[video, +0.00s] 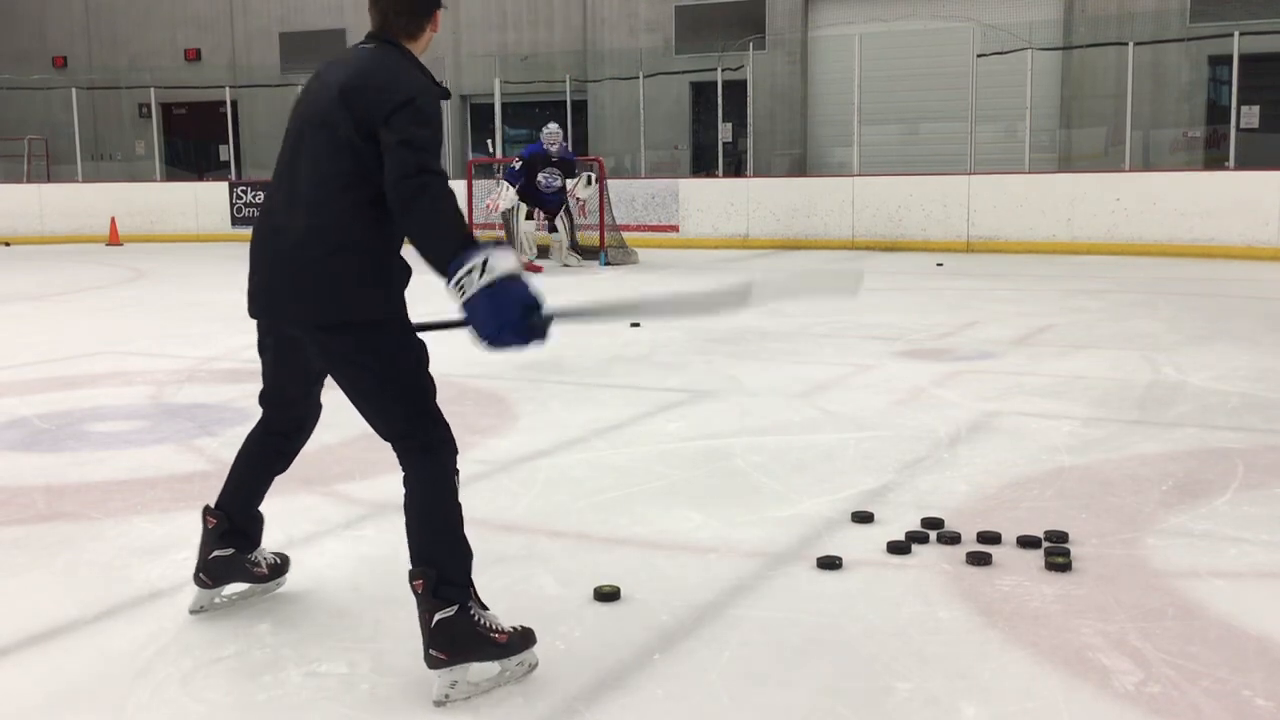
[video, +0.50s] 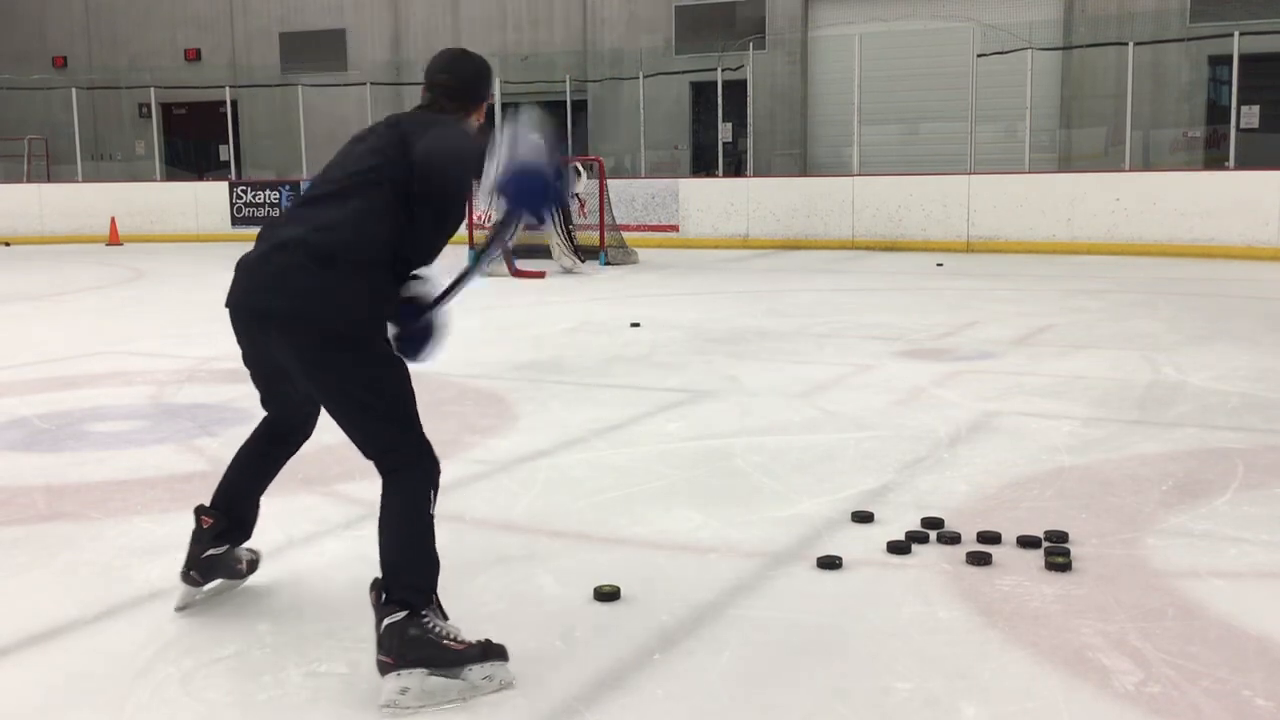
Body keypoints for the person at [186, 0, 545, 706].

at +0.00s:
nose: (439, 26)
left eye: (434, 16)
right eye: (439, 17)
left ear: (375, 16)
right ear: (431, 23)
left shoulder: (331, 74)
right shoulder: (405, 84)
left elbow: (318, 187)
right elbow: (417, 189)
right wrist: (475, 271)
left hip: (280, 290)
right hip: (351, 298)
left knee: (283, 422)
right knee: (428, 450)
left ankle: (223, 546)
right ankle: (449, 614)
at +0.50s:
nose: (483, 126)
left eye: (483, 116)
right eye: (487, 115)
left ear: (428, 95)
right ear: (479, 107)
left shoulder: (379, 134)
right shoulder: (452, 135)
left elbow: (340, 229)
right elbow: (445, 182)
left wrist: (397, 306)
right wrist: (406, 275)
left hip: (255, 293)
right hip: (329, 307)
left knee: (289, 417)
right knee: (409, 462)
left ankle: (212, 542)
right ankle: (407, 617)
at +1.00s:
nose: (448, 96)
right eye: (452, 89)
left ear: (398, 83)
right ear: (451, 93)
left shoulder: (350, 122)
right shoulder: (462, 164)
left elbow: (278, 153)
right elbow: (443, 248)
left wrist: (212, 208)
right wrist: (414, 275)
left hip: (307, 289)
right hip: (375, 309)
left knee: (384, 383)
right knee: (419, 448)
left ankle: (342, 490)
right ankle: (384, 566)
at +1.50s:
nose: (560, 67)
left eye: (558, 56)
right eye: (561, 56)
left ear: (507, 46)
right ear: (549, 54)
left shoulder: (447, 93)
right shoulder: (542, 118)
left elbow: (373, 152)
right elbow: (560, 217)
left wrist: (375, 224)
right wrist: (601, 293)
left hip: (400, 260)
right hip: (460, 273)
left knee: (446, 379)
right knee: (535, 396)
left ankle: (392, 487)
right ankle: (516, 538)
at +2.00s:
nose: (626, 63)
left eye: (631, 52)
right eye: (628, 50)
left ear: (577, 27)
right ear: (605, 36)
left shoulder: (485, 55)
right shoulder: (606, 116)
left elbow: (395, 80)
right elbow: (609, 230)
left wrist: (407, 162)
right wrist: (632, 319)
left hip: (433, 253)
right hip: (519, 264)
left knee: (424, 380)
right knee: (557, 404)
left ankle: (396, 515)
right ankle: (604, 543)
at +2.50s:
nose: (544, 74)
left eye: (548, 64)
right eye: (546, 61)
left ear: (493, 31)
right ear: (527, 46)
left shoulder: (403, 50)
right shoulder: (519, 124)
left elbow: (303, 50)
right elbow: (493, 234)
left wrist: (343, 121)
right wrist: (483, 308)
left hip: (341, 247)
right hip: (423, 260)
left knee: (375, 395)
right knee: (481, 418)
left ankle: (338, 543)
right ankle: (486, 582)